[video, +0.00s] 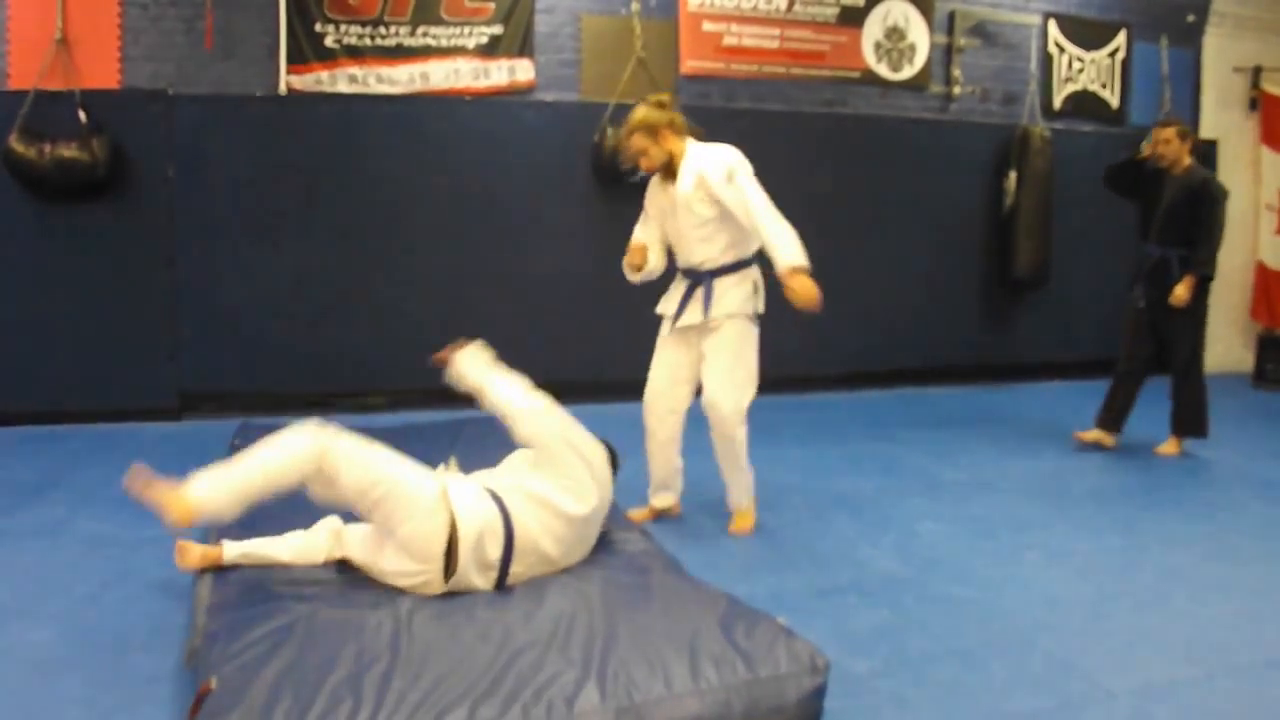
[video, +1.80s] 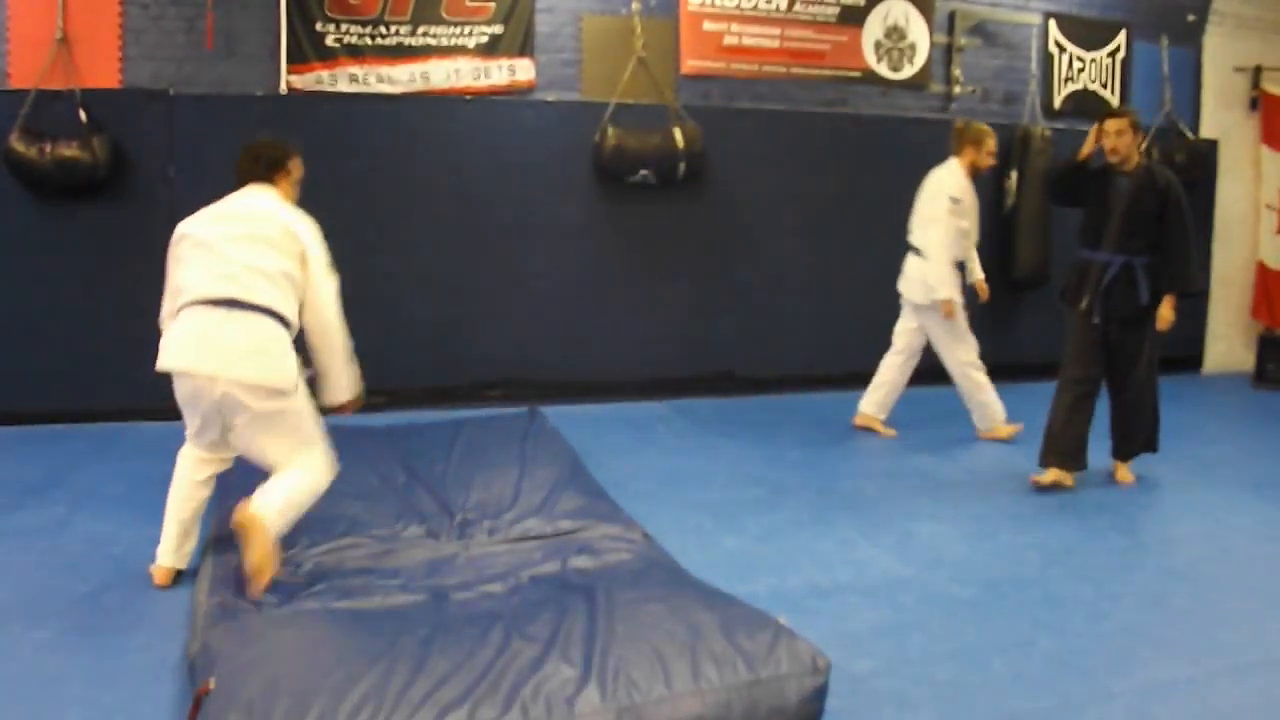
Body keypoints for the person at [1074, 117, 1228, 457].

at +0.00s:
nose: (1159, 149)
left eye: (1166, 142)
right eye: (1156, 143)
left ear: (1186, 145)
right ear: (1153, 146)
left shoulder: (1206, 186)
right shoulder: (1151, 177)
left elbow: (1208, 241)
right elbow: (1112, 178)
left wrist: (1190, 279)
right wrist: (1140, 158)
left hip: (1186, 278)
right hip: (1150, 273)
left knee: (1185, 358)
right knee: (1135, 352)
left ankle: (1179, 435)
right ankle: (1107, 428)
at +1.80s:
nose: (1111, 143)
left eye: (1119, 135)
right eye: (1106, 136)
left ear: (1137, 138)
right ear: (1100, 141)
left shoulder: (1161, 183)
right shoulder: (1095, 177)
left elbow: (1176, 244)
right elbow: (1056, 189)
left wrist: (1170, 296)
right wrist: (1082, 157)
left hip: (1137, 289)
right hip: (1092, 285)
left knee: (1130, 375)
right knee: (1078, 373)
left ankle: (1123, 458)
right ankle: (1060, 464)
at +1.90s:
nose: (1102, 141)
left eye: (1110, 133)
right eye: (1097, 134)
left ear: (1128, 137)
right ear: (1091, 139)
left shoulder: (1154, 183)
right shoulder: (1085, 179)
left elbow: (1170, 244)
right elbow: (1043, 204)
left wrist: (1164, 298)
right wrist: (1061, 168)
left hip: (1132, 292)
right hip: (1085, 288)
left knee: (1128, 376)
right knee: (1074, 379)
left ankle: (1123, 458)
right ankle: (1063, 471)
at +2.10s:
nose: (1082, 129)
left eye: (1091, 121)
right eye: (1078, 122)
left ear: (1111, 126)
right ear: (1073, 129)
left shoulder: (1138, 175)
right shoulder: (1063, 179)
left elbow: (1160, 234)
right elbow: (1042, 238)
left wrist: (1157, 287)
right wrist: (1022, 226)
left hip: (1124, 289)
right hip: (1072, 289)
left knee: (1127, 380)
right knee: (1067, 381)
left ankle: (1125, 448)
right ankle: (1064, 472)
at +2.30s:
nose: (1072, 128)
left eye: (1080, 119)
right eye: (1067, 121)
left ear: (1102, 123)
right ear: (1062, 129)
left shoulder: (1132, 172)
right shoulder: (1054, 178)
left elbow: (1156, 234)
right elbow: (1032, 239)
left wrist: (1149, 288)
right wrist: (1032, 204)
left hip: (1119, 287)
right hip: (1068, 286)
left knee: (1124, 382)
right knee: (1062, 381)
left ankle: (1124, 468)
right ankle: (1058, 473)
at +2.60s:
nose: (1088, 125)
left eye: (1097, 118)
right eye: (1085, 119)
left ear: (1122, 125)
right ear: (1082, 127)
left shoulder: (1149, 177)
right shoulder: (1073, 178)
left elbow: (1164, 244)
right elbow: (1049, 240)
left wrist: (1147, 297)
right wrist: (1038, 215)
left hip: (1122, 298)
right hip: (1074, 293)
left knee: (1120, 394)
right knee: (1063, 388)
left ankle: (1119, 494)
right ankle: (1057, 473)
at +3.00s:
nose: (1116, 119)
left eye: (1125, 111)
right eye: (1113, 113)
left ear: (1150, 117)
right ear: (1113, 121)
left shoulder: (1177, 176)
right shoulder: (1105, 171)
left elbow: (1187, 248)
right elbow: (1083, 233)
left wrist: (1176, 308)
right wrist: (1065, 205)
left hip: (1143, 298)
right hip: (1097, 291)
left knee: (1133, 401)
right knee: (1080, 391)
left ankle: (1122, 497)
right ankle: (1062, 477)